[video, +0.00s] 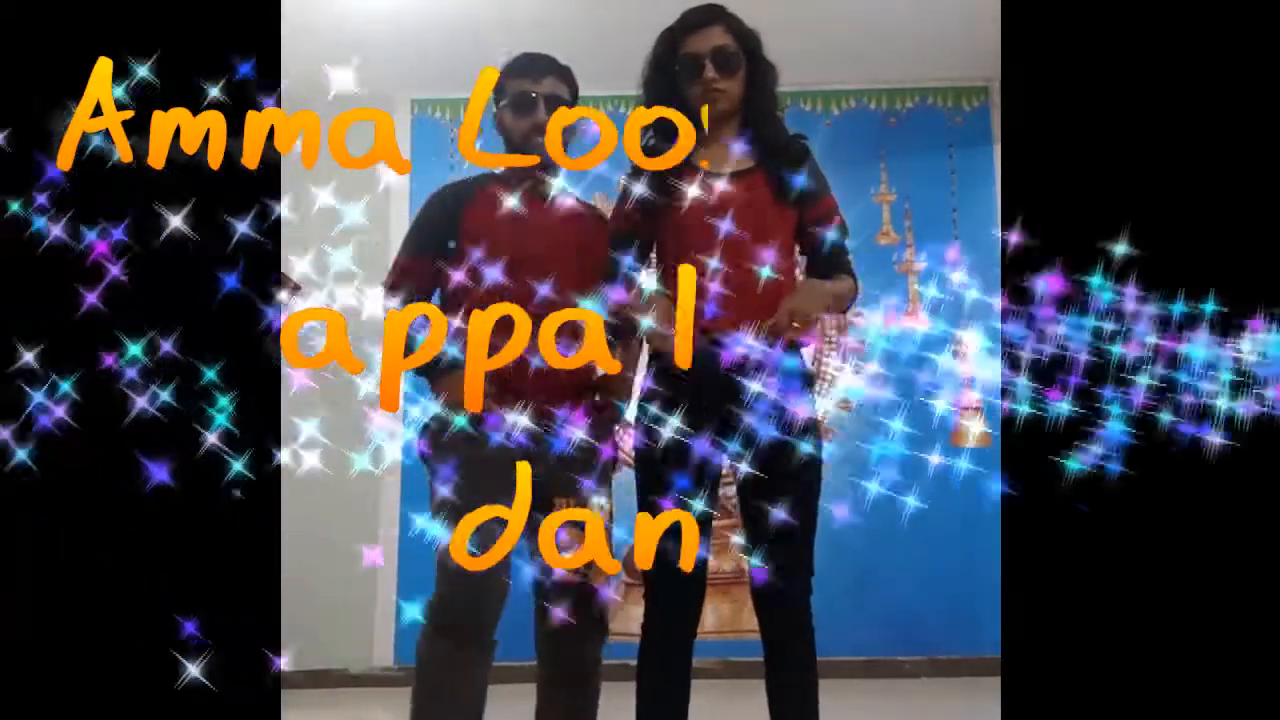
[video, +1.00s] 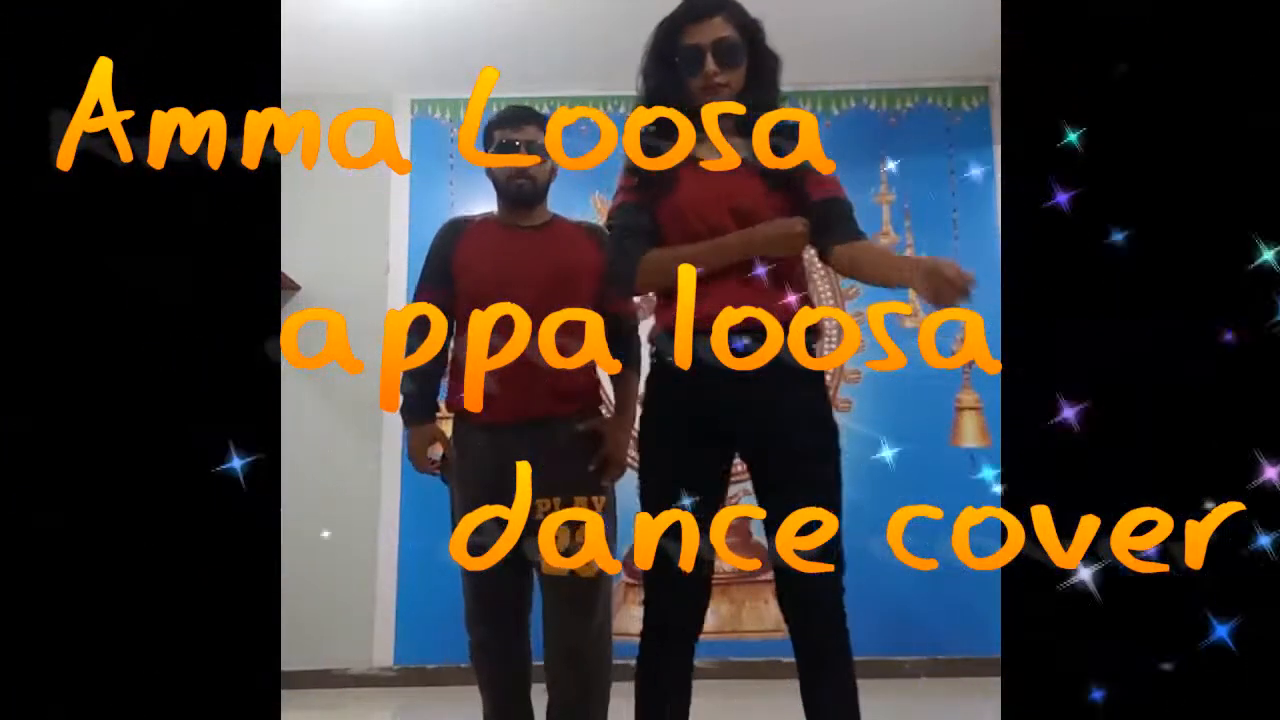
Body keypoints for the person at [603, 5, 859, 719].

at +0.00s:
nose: (710, 75)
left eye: (725, 60)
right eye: (692, 65)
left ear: (752, 71)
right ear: (670, 81)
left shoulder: (787, 160)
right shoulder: (654, 171)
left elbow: (843, 278)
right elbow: (608, 280)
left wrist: (815, 294)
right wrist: (651, 316)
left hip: (773, 395)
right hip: (678, 392)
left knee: (782, 594)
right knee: (670, 594)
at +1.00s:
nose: (710, 68)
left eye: (726, 52)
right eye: (690, 57)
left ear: (754, 62)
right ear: (669, 71)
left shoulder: (784, 139)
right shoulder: (652, 150)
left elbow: (841, 245)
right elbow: (629, 267)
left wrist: (913, 269)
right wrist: (746, 243)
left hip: (787, 385)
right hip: (685, 387)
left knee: (813, 587)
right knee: (673, 594)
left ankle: (835, 719)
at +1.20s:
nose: (721, 71)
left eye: (737, 54)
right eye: (702, 59)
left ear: (766, 62)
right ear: (681, 73)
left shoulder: (804, 140)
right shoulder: (673, 150)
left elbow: (868, 267)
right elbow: (646, 264)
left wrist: (820, 233)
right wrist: (771, 294)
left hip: (811, 385)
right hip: (708, 386)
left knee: (829, 593)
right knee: (640, 589)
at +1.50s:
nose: (710, 74)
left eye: (724, 58)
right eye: (692, 65)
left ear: (751, 65)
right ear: (670, 78)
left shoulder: (789, 137)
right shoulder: (657, 148)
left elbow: (828, 239)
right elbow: (655, 245)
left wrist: (699, 216)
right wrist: (728, 327)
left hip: (783, 379)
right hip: (677, 379)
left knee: (807, 589)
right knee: (653, 590)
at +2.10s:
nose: (698, 67)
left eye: (714, 51)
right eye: (679, 56)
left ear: (743, 61)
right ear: (656, 72)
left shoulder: (783, 152)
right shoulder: (639, 161)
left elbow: (820, 284)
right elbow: (626, 278)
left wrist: (724, 295)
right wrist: (645, 360)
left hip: (772, 387)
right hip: (670, 385)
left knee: (804, 596)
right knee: (647, 597)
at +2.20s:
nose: (702, 65)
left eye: (718, 49)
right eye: (683, 54)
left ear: (747, 58)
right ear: (662, 69)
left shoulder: (784, 148)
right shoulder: (644, 157)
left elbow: (818, 272)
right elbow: (628, 289)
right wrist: (613, 414)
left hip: (782, 389)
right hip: (676, 389)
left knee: (807, 595)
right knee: (650, 599)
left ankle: (834, 718)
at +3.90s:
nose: (635, 61)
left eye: (653, 42)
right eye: (634, 46)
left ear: (709, 47)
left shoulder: (778, 137)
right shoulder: (636, 148)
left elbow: (820, 272)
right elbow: (615, 285)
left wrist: (909, 347)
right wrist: (582, 301)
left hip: (765, 387)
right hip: (658, 388)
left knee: (818, 599)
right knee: (636, 602)